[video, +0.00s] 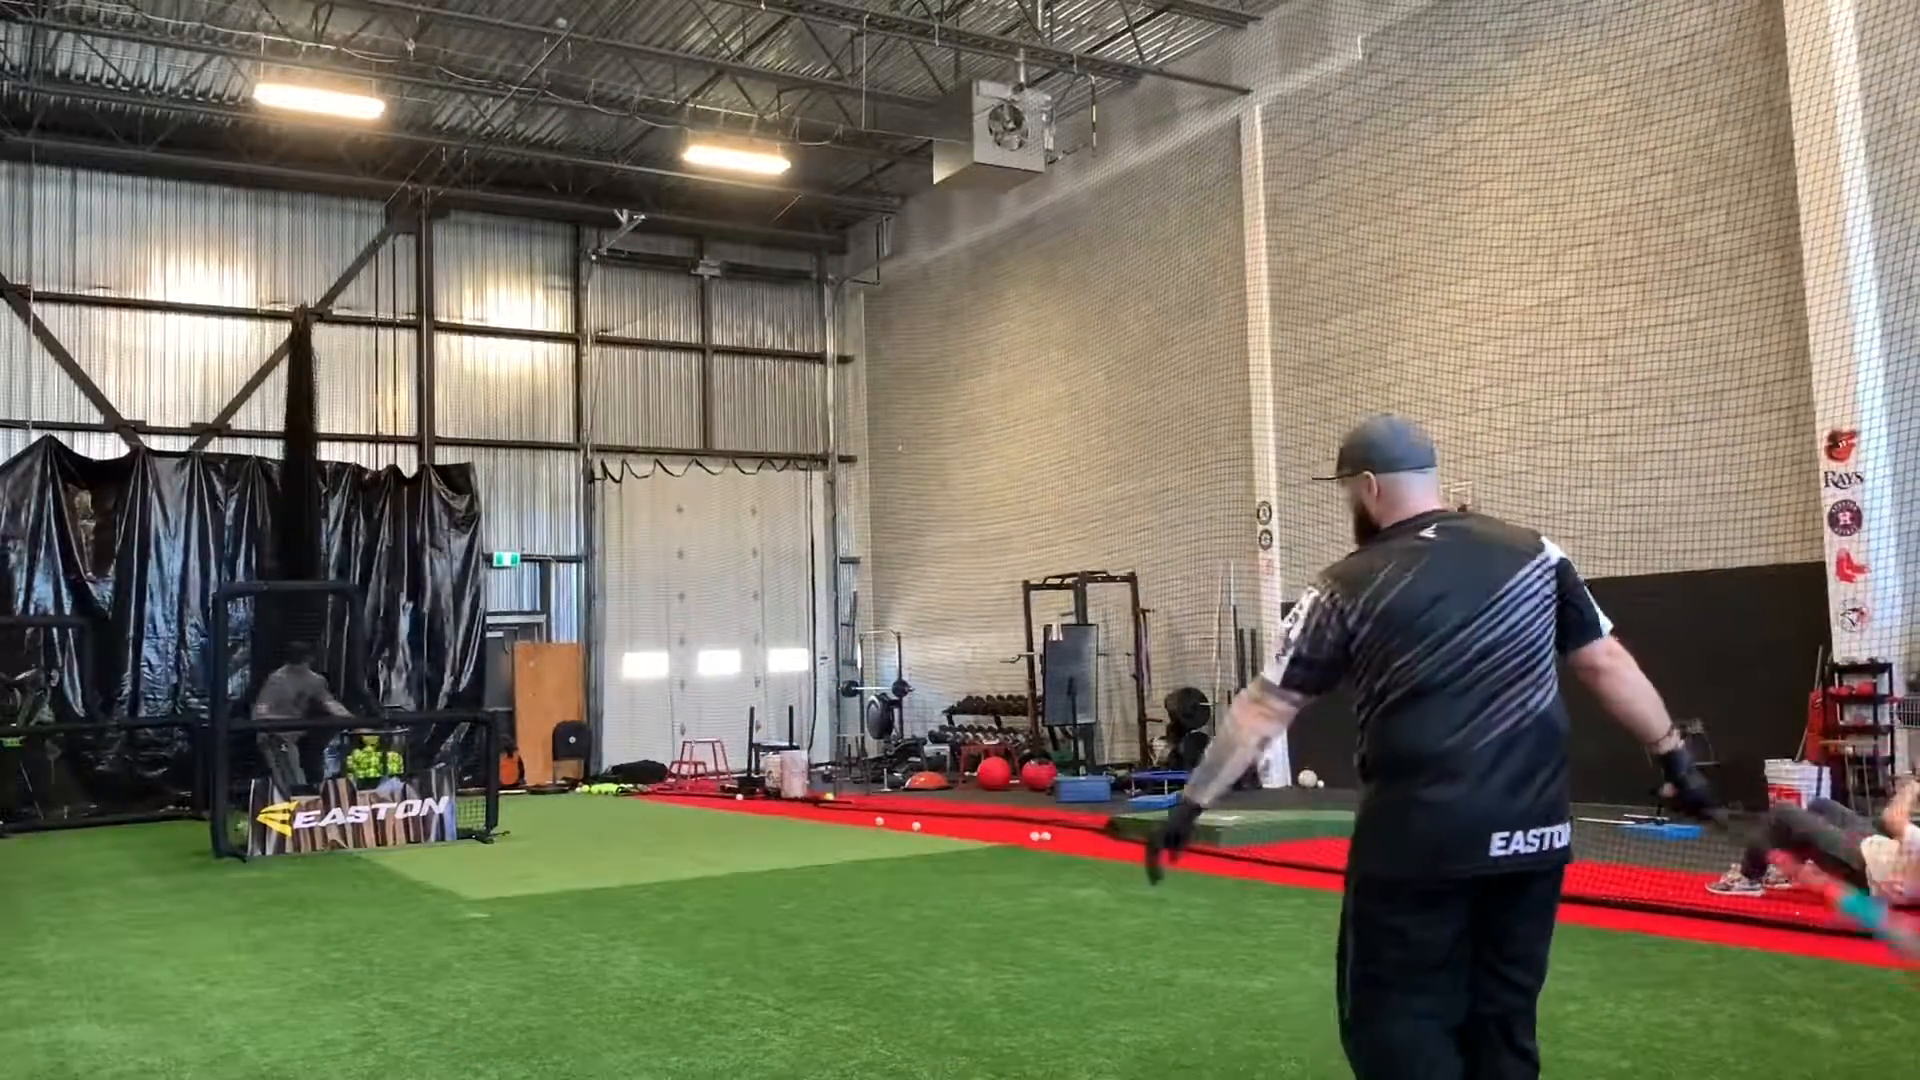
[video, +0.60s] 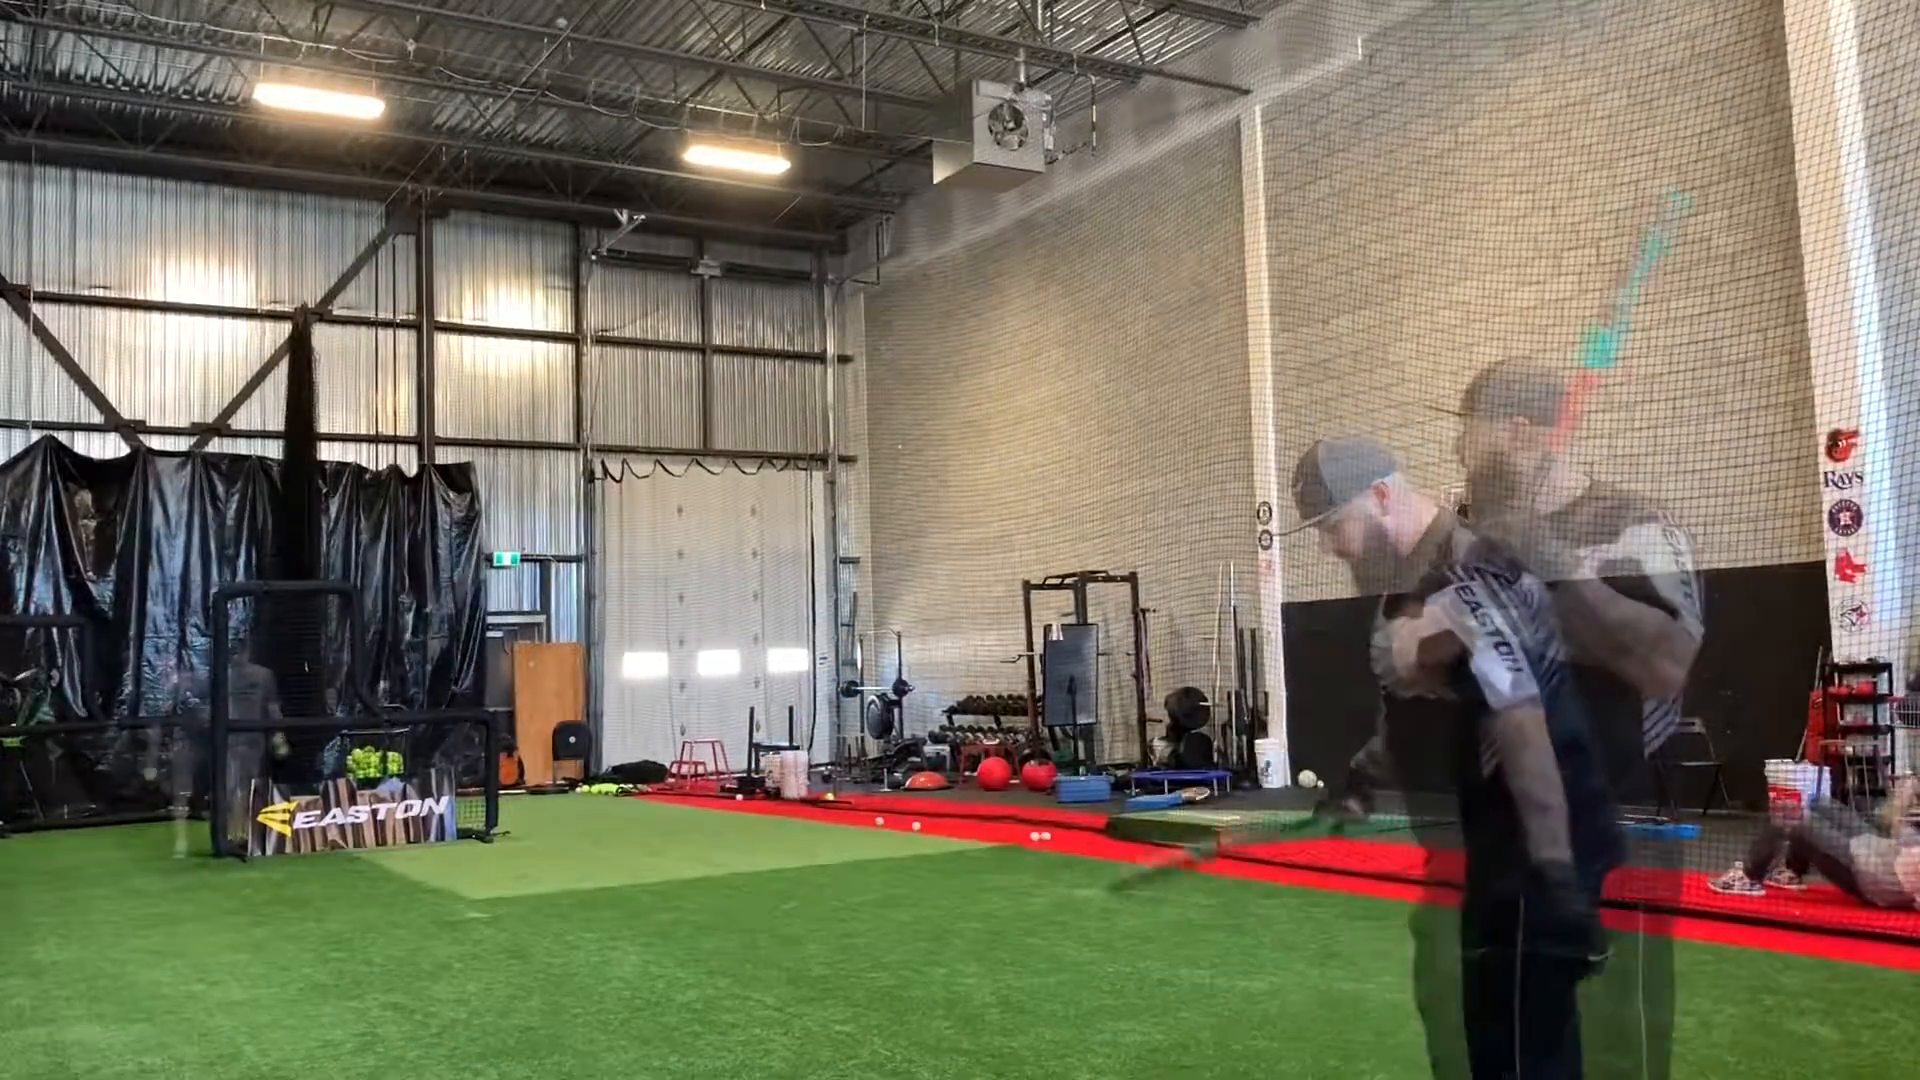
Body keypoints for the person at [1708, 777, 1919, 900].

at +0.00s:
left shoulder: (1917, 844)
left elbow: (1892, 820)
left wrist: (1909, 791)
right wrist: (1909, 794)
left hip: (1865, 862)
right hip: (1879, 843)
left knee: (1782, 813)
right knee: (1821, 805)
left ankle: (1749, 874)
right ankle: (1791, 867)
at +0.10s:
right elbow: (1901, 821)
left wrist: (1909, 826)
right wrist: (1910, 823)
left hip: (1875, 874)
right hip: (1886, 848)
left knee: (1789, 816)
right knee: (1826, 806)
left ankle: (1750, 874)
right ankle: (1789, 868)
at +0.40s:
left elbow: (1902, 827)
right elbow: (1903, 827)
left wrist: (1906, 816)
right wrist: (1907, 810)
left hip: (1871, 874)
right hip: (1884, 850)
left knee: (1788, 812)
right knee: (1824, 803)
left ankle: (1750, 875)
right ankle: (1792, 871)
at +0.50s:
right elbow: (1904, 840)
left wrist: (1902, 819)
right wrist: (1901, 816)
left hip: (1870, 872)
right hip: (1888, 851)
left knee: (1788, 812)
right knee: (1823, 803)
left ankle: (1749, 874)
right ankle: (1792, 870)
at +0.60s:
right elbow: (1902, 839)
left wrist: (1899, 815)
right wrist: (1902, 805)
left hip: (1869, 876)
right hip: (1882, 851)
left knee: (1789, 817)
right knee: (1822, 806)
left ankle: (1749, 874)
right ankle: (1793, 870)